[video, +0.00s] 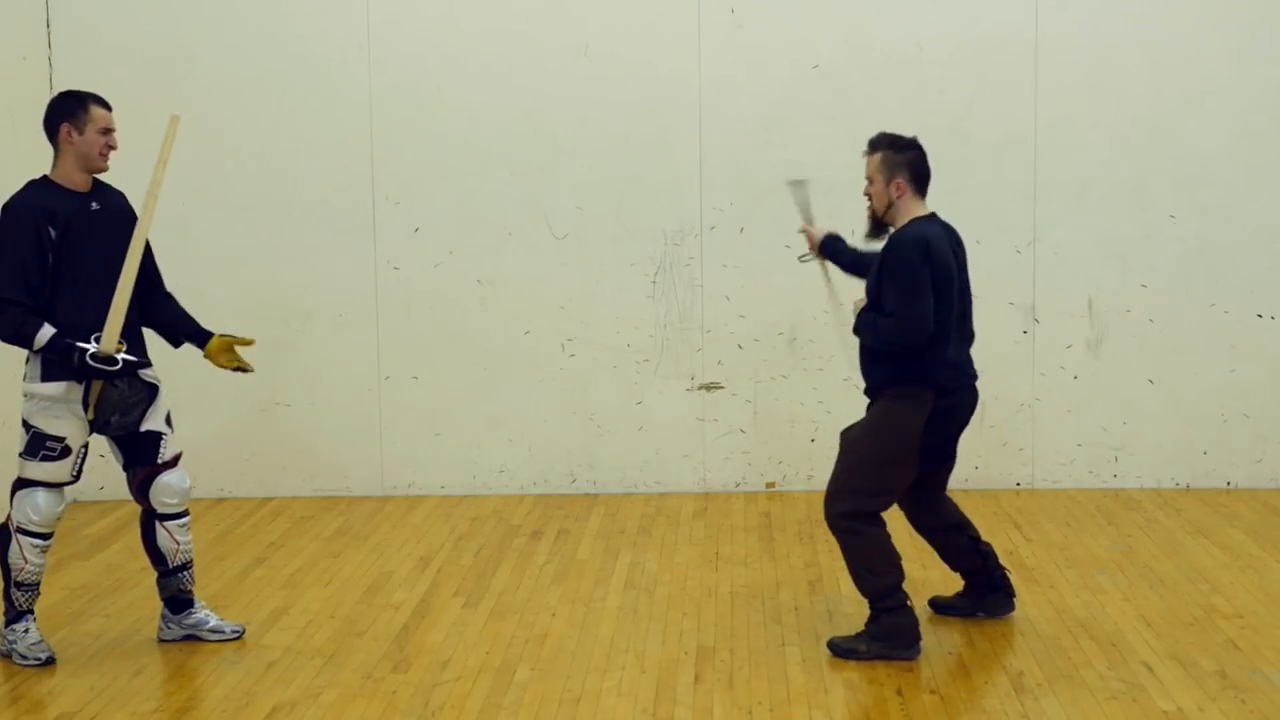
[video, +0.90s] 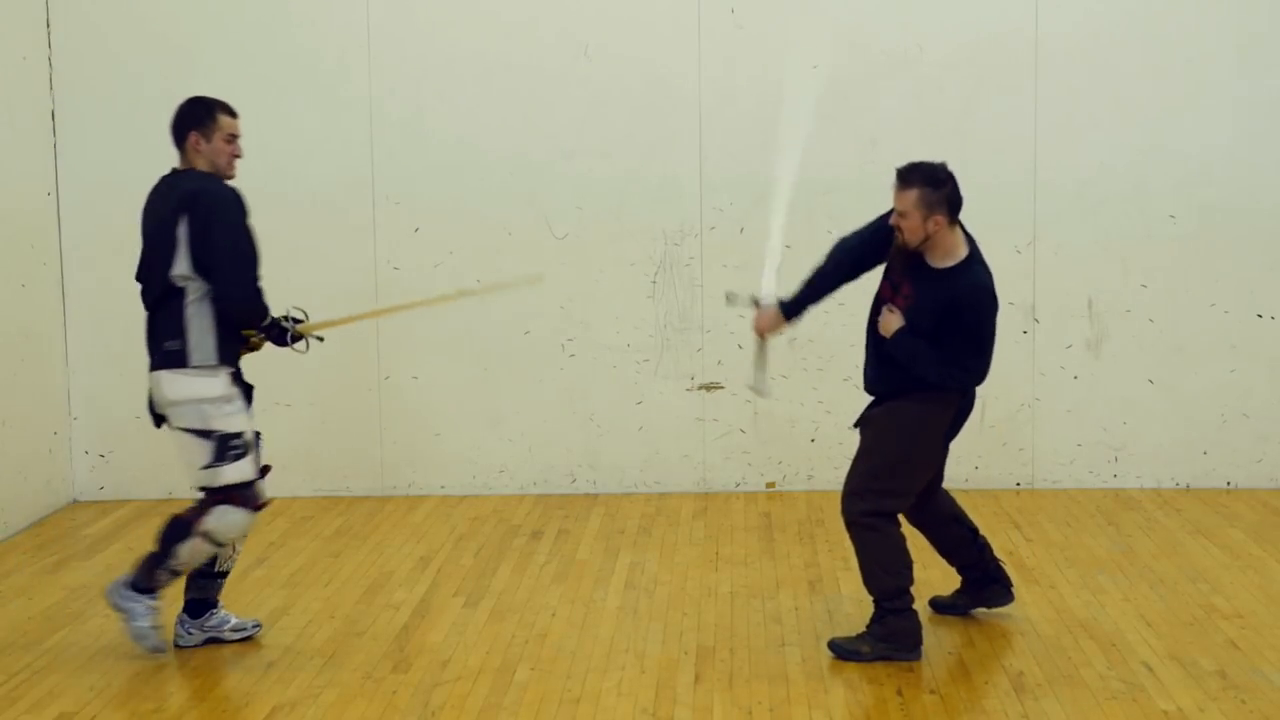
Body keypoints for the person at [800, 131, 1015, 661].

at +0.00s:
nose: (865, 193)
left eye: (869, 182)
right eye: (865, 182)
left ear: (898, 185)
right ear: (908, 186)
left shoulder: (908, 247)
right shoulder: (941, 236)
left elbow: (910, 330)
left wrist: (863, 319)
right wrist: (830, 246)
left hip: (913, 401)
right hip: (948, 396)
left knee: (849, 506)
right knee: (921, 497)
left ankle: (892, 629)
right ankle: (989, 586)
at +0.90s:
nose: (892, 220)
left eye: (903, 215)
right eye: (894, 210)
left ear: (938, 222)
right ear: (927, 217)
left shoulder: (971, 288)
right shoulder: (905, 231)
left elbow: (970, 371)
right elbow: (847, 260)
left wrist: (902, 337)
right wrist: (787, 309)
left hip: (931, 406)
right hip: (903, 396)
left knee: (866, 504)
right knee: (919, 496)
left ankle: (895, 629)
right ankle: (986, 579)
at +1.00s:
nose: (900, 226)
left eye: (911, 220)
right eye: (901, 216)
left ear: (946, 224)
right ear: (905, 208)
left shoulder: (980, 287)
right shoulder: (902, 233)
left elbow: (983, 368)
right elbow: (859, 276)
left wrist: (915, 334)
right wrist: (848, 346)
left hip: (935, 400)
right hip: (888, 388)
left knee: (868, 503)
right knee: (903, 493)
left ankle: (896, 628)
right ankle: (979, 572)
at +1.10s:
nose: (904, 218)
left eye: (915, 211)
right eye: (904, 208)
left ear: (949, 215)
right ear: (908, 201)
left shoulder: (986, 283)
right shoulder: (902, 232)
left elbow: (990, 363)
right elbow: (865, 274)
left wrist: (925, 326)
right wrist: (891, 299)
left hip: (938, 404)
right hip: (888, 393)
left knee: (872, 501)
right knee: (892, 497)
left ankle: (897, 629)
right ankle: (978, 572)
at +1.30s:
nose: (908, 195)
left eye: (918, 187)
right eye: (909, 185)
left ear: (951, 194)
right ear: (929, 193)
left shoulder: (996, 252)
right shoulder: (916, 239)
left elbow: (993, 330)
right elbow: (885, 280)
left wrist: (936, 283)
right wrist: (891, 230)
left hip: (957, 399)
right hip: (903, 393)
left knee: (891, 497)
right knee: (881, 495)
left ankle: (896, 628)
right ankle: (958, 574)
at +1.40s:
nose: (901, 187)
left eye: (912, 179)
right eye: (903, 177)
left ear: (946, 186)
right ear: (931, 187)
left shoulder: (995, 223)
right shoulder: (920, 230)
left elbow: (1017, 293)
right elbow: (895, 270)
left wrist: (951, 267)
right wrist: (873, 217)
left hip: (987, 371)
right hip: (929, 367)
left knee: (939, 479)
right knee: (907, 478)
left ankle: (902, 602)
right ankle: (964, 577)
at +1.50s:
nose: (904, 177)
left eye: (914, 165)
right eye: (903, 167)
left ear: (948, 169)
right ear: (933, 175)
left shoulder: (1005, 206)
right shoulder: (925, 224)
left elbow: (1048, 271)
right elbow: (908, 266)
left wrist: (975, 290)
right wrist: (868, 220)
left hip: (1020, 352)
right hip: (959, 355)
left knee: (981, 463)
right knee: (945, 470)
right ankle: (969, 586)